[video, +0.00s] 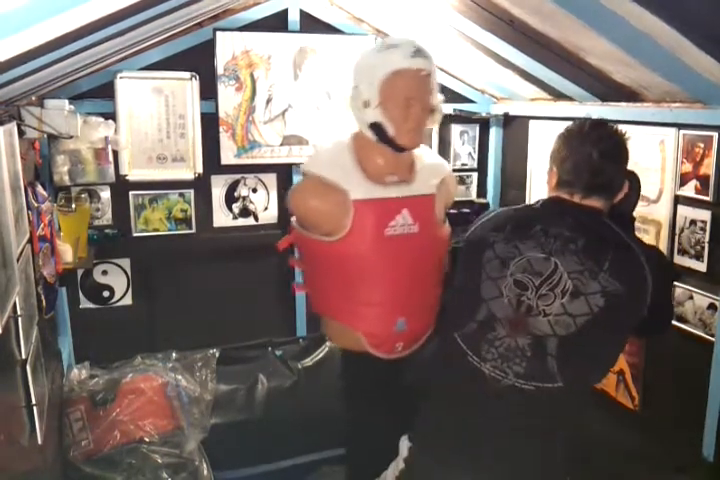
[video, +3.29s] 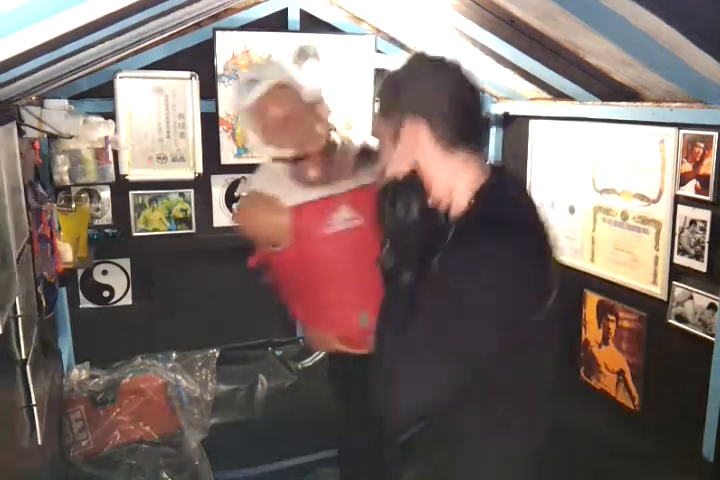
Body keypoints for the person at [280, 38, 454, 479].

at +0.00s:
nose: (424, 111)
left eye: (428, 100)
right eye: (409, 100)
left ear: (434, 105)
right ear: (369, 104)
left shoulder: (439, 179)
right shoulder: (323, 186)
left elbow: (438, 252)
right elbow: (321, 281)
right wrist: (367, 325)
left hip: (427, 349)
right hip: (361, 360)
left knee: (432, 450)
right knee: (371, 463)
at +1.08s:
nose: (423, 111)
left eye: (427, 99)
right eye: (407, 99)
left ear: (435, 103)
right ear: (368, 103)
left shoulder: (440, 177)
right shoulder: (326, 184)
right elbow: (321, 285)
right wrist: (355, 322)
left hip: (429, 348)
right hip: (364, 358)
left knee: (428, 454)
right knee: (371, 460)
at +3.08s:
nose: (417, 110)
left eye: (423, 99)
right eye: (403, 98)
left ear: (431, 102)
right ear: (364, 102)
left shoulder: (431, 173)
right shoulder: (324, 180)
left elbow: (451, 248)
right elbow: (320, 275)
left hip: (430, 345)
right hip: (366, 354)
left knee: (422, 455)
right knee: (372, 461)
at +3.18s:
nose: (416, 106)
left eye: (418, 92)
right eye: (402, 95)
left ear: (429, 92)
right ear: (364, 102)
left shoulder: (439, 169)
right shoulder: (324, 187)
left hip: (429, 351)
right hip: (363, 364)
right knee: (378, 467)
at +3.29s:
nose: (288, 125)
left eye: (290, 110)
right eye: (275, 121)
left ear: (316, 107)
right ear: (263, 135)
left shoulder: (372, 165)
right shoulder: (262, 204)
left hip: (408, 338)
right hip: (346, 356)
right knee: (365, 461)